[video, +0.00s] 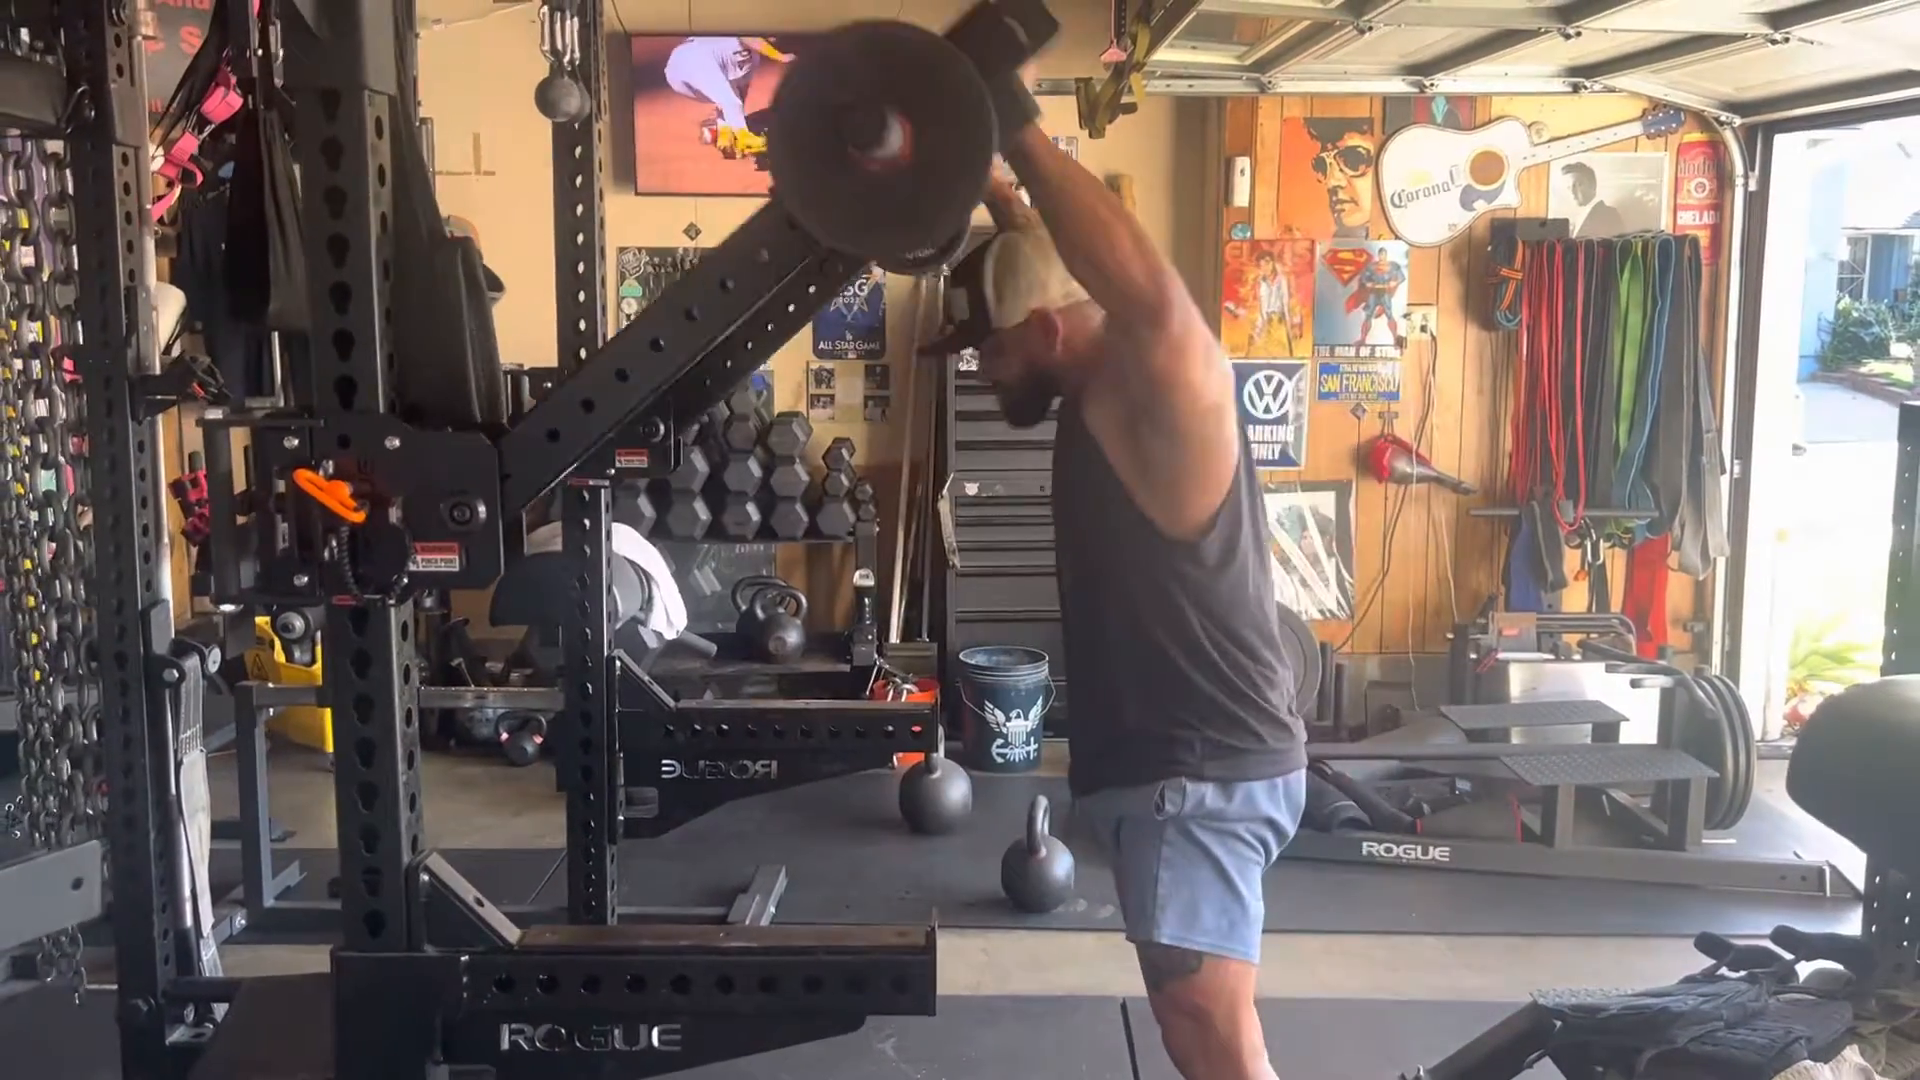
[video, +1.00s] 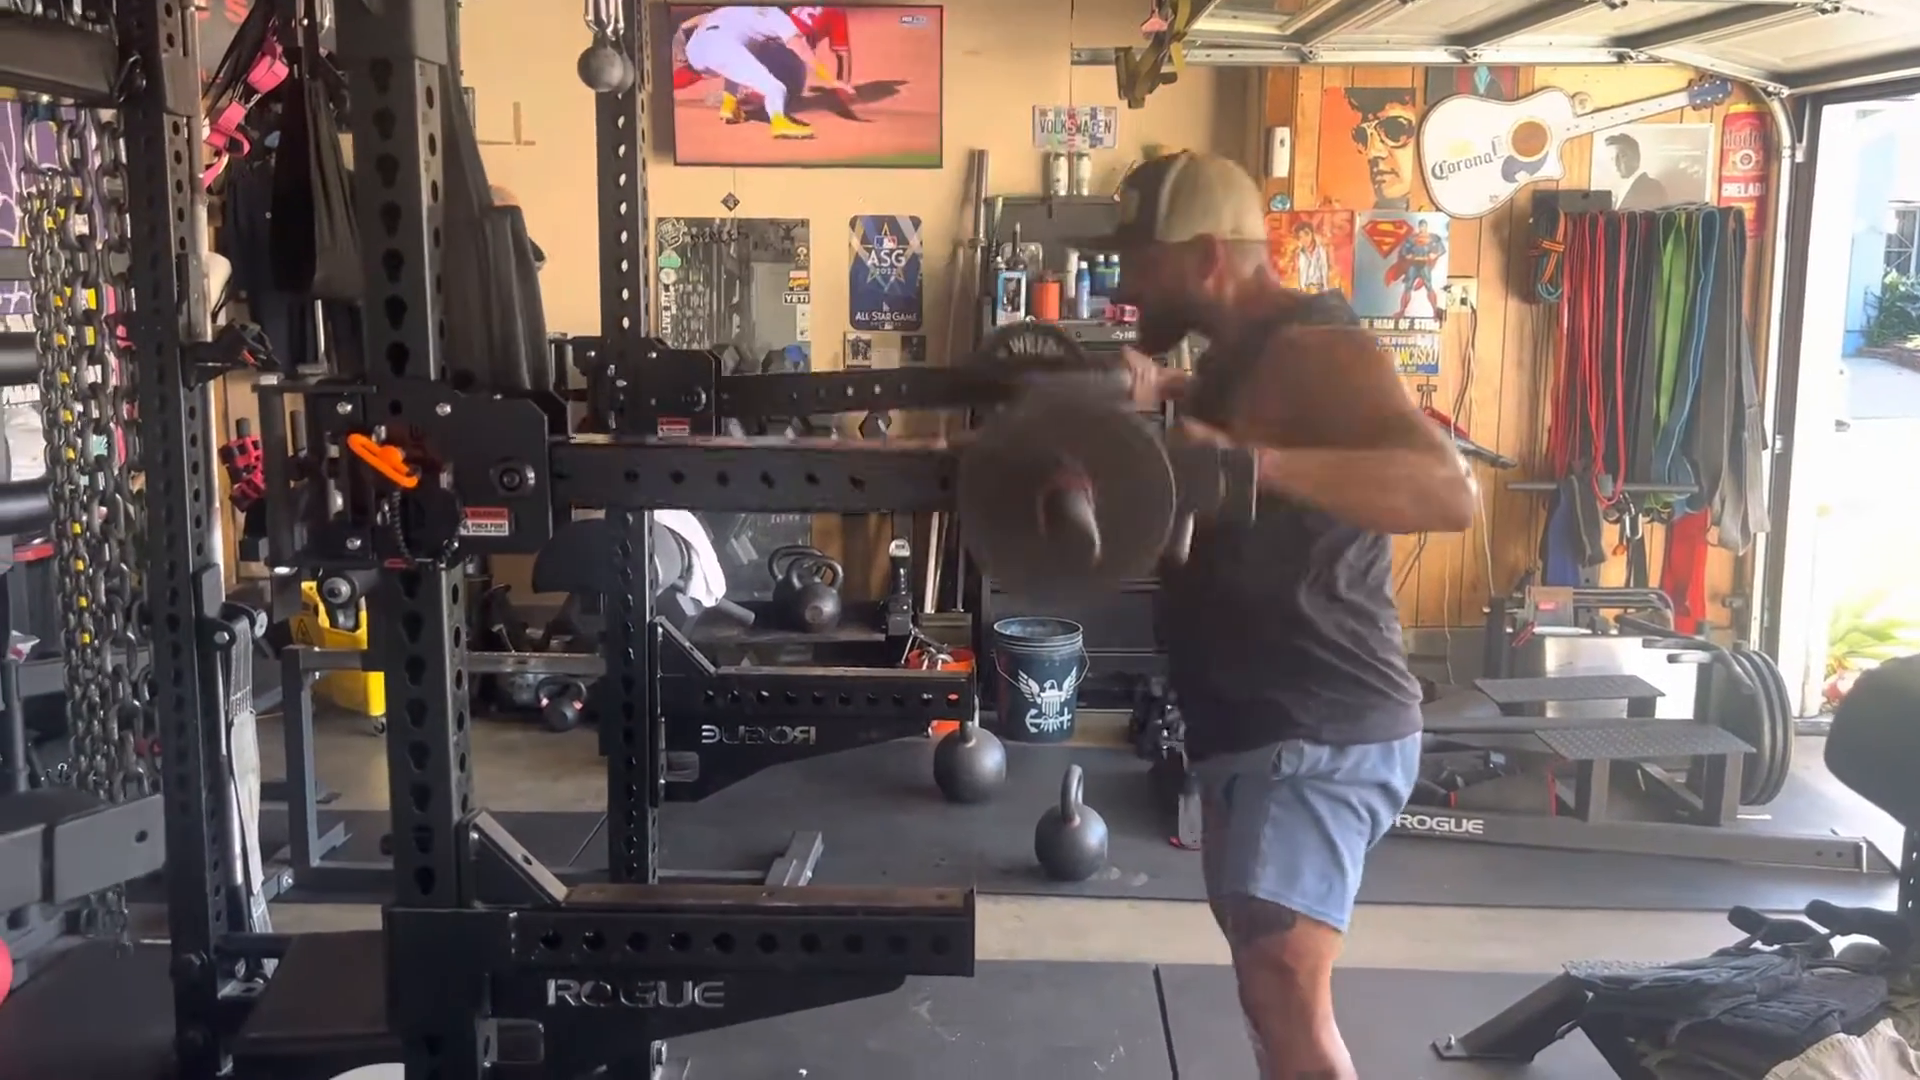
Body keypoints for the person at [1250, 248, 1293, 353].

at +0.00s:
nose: (1264, 268)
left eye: (1267, 264)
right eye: (1261, 265)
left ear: (1272, 263)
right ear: (1259, 267)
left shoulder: (1282, 280)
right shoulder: (1260, 282)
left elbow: (1286, 302)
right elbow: (1260, 306)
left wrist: (1289, 326)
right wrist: (1257, 330)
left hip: (1280, 317)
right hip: (1266, 317)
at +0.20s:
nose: (1268, 268)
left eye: (1270, 263)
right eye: (1264, 265)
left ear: (1276, 262)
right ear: (1261, 267)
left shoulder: (1286, 279)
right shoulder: (1263, 282)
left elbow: (1292, 300)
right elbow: (1261, 304)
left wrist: (1297, 323)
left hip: (1284, 315)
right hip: (1269, 316)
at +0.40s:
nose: (1273, 265)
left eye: (1276, 260)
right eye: (1269, 262)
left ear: (1281, 259)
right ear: (1267, 264)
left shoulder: (1292, 276)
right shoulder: (1266, 278)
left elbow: (1299, 296)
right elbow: (1259, 300)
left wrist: (1304, 318)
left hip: (1290, 314)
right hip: (1273, 314)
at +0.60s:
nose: (1280, 259)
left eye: (1283, 254)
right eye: (1276, 256)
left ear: (1288, 253)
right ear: (1274, 258)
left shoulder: (1299, 270)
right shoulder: (1275, 273)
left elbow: (1308, 291)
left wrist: (1311, 313)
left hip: (1297, 309)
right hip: (1281, 310)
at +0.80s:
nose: (1291, 251)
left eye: (1293, 246)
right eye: (1287, 248)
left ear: (1299, 245)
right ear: (1285, 250)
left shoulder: (1309, 261)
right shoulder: (1286, 264)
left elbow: (1313, 282)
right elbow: (1286, 284)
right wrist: (1287, 304)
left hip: (1306, 298)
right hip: (1293, 299)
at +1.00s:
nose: (1304, 240)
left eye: (1306, 235)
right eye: (1300, 237)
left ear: (1312, 235)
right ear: (1298, 239)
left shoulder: (1322, 250)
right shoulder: (1299, 253)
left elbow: (1325, 269)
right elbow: (1300, 271)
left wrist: (1326, 286)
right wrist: (1301, 286)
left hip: (1319, 287)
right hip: (1305, 287)